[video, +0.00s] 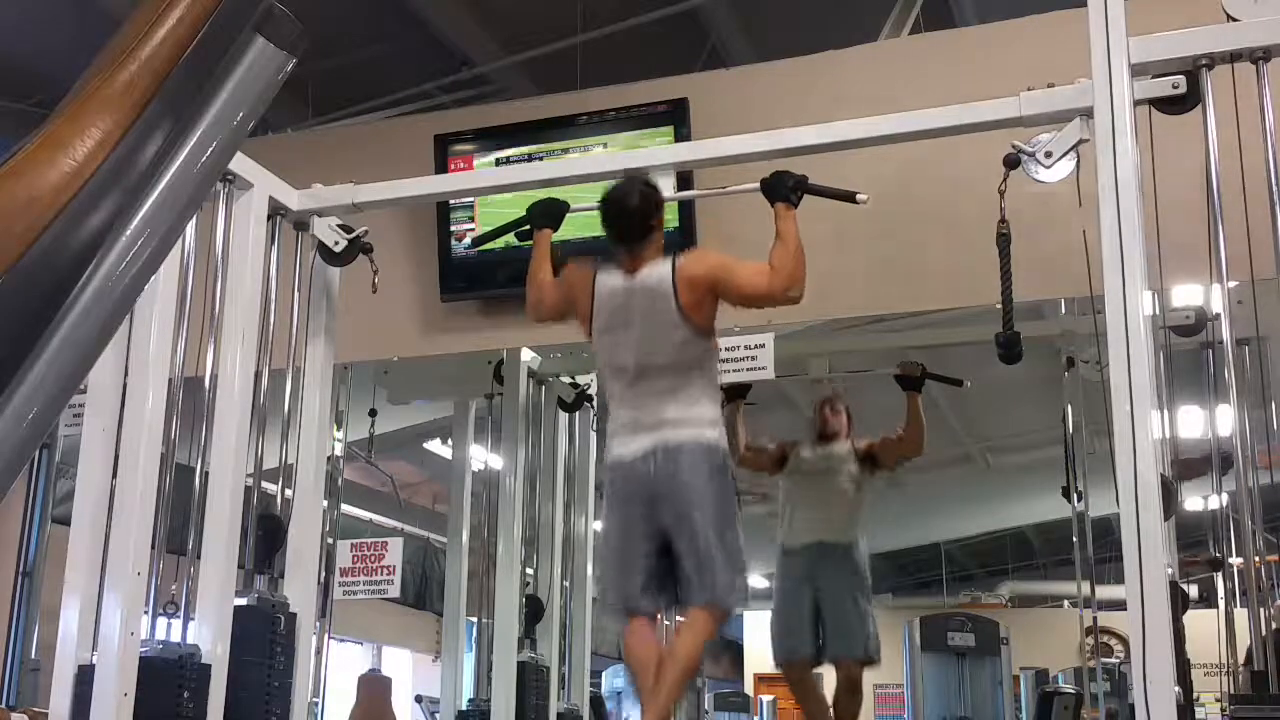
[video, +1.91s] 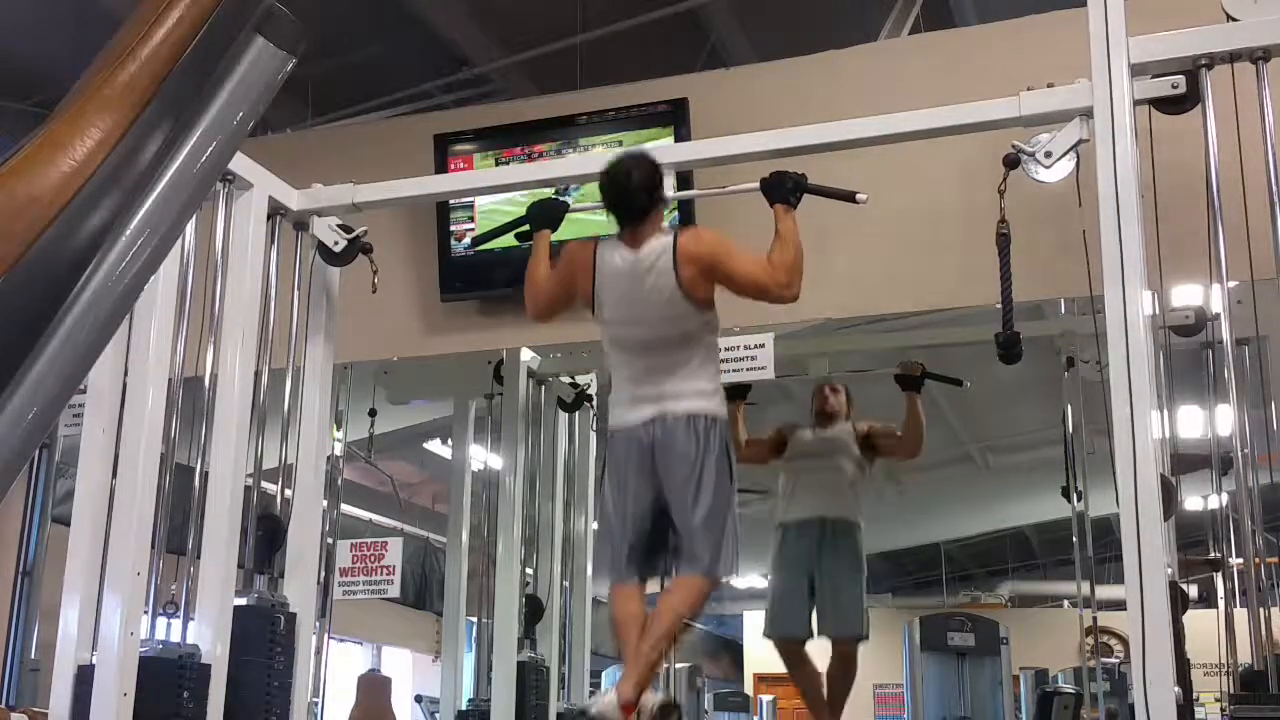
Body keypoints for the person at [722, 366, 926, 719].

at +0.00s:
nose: (828, 414)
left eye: (835, 409)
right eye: (822, 410)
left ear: (848, 421)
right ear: (814, 420)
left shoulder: (860, 452)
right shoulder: (792, 453)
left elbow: (912, 446)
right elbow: (742, 455)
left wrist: (912, 393)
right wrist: (734, 404)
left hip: (842, 561)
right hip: (794, 563)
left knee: (850, 668)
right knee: (794, 666)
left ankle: (845, 716)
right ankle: (824, 716)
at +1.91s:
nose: (826, 394)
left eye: (834, 391)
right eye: (820, 393)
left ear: (847, 405)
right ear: (812, 406)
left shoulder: (860, 432)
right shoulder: (792, 435)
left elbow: (909, 446)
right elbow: (741, 450)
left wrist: (912, 393)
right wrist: (736, 406)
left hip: (842, 533)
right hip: (793, 534)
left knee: (845, 637)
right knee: (785, 636)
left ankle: (832, 715)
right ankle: (822, 714)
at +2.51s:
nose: (828, 448)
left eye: (836, 445)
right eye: (822, 445)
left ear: (849, 458)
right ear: (812, 458)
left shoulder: (859, 486)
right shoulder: (788, 485)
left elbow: (907, 449)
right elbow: (740, 453)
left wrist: (911, 394)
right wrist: (736, 402)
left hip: (841, 595)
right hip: (790, 595)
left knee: (850, 701)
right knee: (787, 701)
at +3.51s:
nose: (826, 419)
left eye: (835, 415)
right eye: (820, 416)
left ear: (849, 429)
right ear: (813, 428)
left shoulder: (860, 457)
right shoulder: (791, 458)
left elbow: (910, 448)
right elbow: (741, 455)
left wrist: (912, 394)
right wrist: (735, 404)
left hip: (845, 568)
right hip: (795, 569)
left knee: (857, 673)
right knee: (797, 677)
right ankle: (827, 715)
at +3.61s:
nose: (827, 442)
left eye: (835, 438)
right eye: (821, 438)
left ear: (849, 450)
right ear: (812, 450)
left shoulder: (859, 478)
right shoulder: (790, 478)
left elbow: (907, 450)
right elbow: (740, 456)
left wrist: (911, 394)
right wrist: (735, 401)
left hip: (842, 587)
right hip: (792, 588)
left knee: (855, 694)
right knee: (791, 696)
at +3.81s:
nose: (824, 464)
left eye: (833, 462)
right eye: (819, 462)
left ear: (846, 475)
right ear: (811, 473)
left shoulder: (857, 499)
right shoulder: (789, 497)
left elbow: (901, 453)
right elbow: (745, 460)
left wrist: (909, 396)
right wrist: (736, 403)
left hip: (839, 614)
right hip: (789, 613)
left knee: (846, 709)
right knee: (784, 709)